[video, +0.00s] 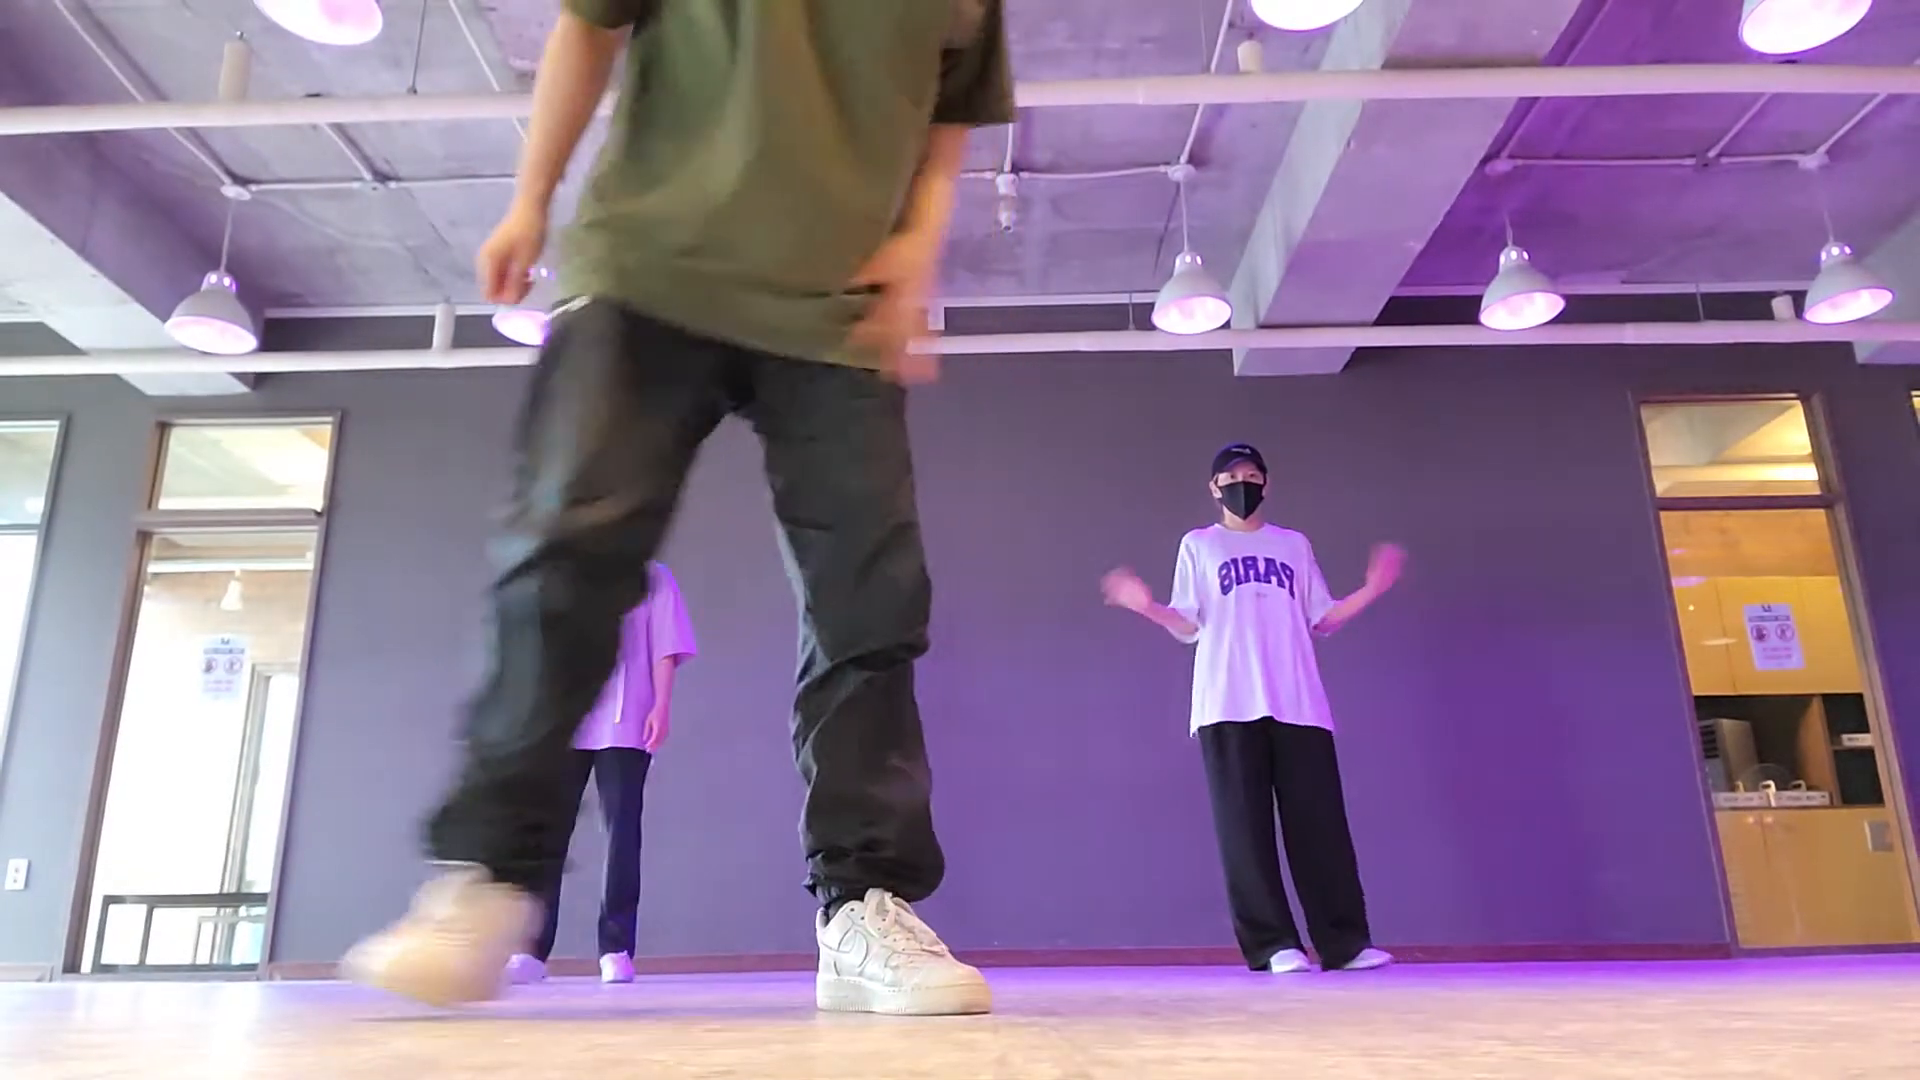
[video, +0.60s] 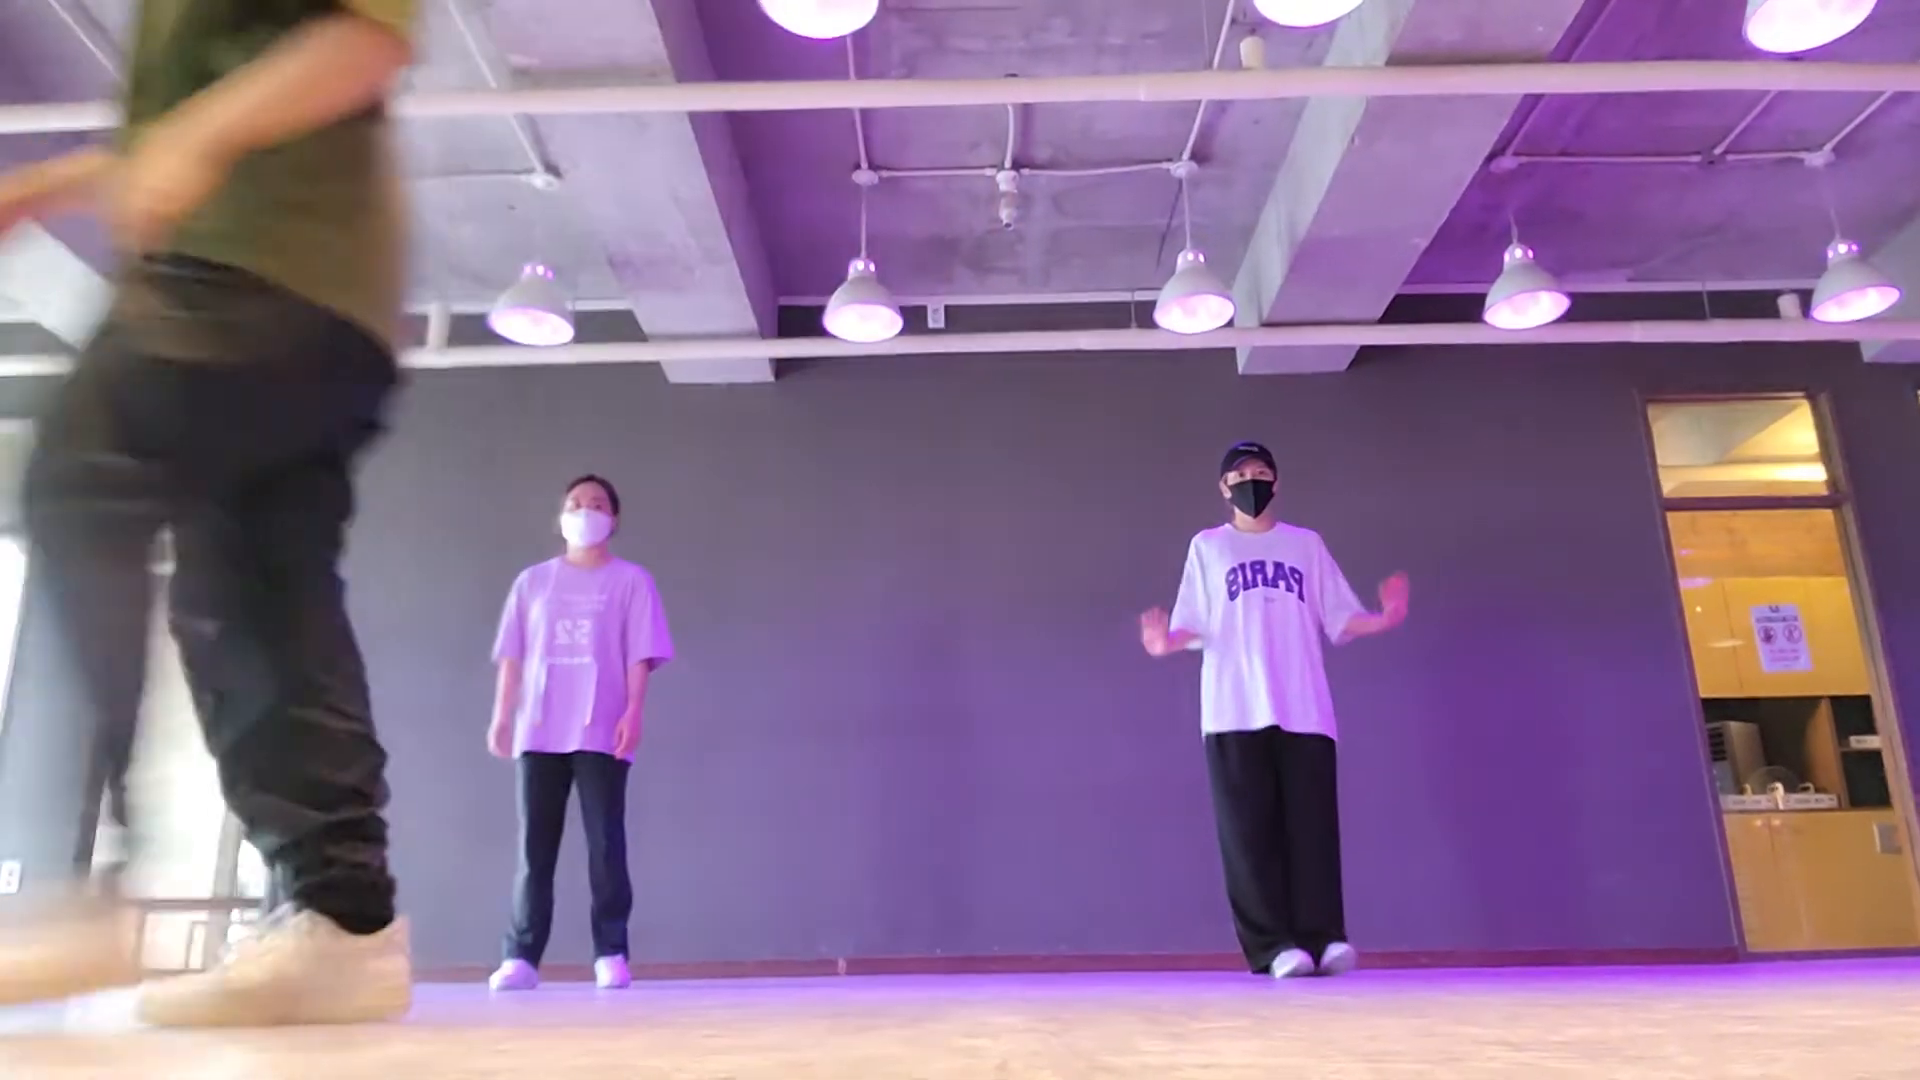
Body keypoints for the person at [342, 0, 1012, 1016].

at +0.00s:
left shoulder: (960, 10)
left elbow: (956, 94)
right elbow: (591, 19)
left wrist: (922, 235)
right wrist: (530, 200)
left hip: (838, 284)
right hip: (650, 251)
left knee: (870, 604)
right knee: (563, 551)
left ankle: (867, 913)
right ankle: (483, 885)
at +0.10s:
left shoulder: (911, 9)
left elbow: (890, 114)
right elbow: (551, 40)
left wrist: (828, 252)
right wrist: (488, 219)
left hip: (795, 295)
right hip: (610, 267)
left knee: (854, 613)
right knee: (480, 570)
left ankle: (864, 915)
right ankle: (390, 899)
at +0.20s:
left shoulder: (809, 13)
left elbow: (828, 94)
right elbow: (489, 61)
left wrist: (756, 253)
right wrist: (431, 235)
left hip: (718, 301)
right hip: (525, 286)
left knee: (807, 613)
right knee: (399, 585)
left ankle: (867, 913)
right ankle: (367, 922)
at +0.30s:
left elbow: (724, 91)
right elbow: (427, 93)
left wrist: (653, 255)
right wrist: (363, 248)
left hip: (618, 319)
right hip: (435, 318)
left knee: (730, 598)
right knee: (324, 595)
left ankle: (864, 884)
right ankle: (358, 930)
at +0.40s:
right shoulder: (362, 14)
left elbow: (598, 73)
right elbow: (379, 128)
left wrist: (504, 238)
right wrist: (279, 254)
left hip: (481, 298)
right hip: (348, 313)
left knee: (589, 571)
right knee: (265, 600)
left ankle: (761, 845)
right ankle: (356, 928)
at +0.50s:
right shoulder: (298, 16)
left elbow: (481, 60)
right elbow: (308, 142)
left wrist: (350, 184)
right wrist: (178, 224)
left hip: (390, 294)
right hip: (288, 305)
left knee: (306, 524)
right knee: (238, 616)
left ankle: (508, 840)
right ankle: (345, 913)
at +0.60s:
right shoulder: (194, 13)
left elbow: (375, 35)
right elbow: (180, 135)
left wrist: (200, 137)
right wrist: (42, 186)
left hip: (258, 277)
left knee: (80, 503)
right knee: (260, 596)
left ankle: (71, 879)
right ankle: (348, 923)